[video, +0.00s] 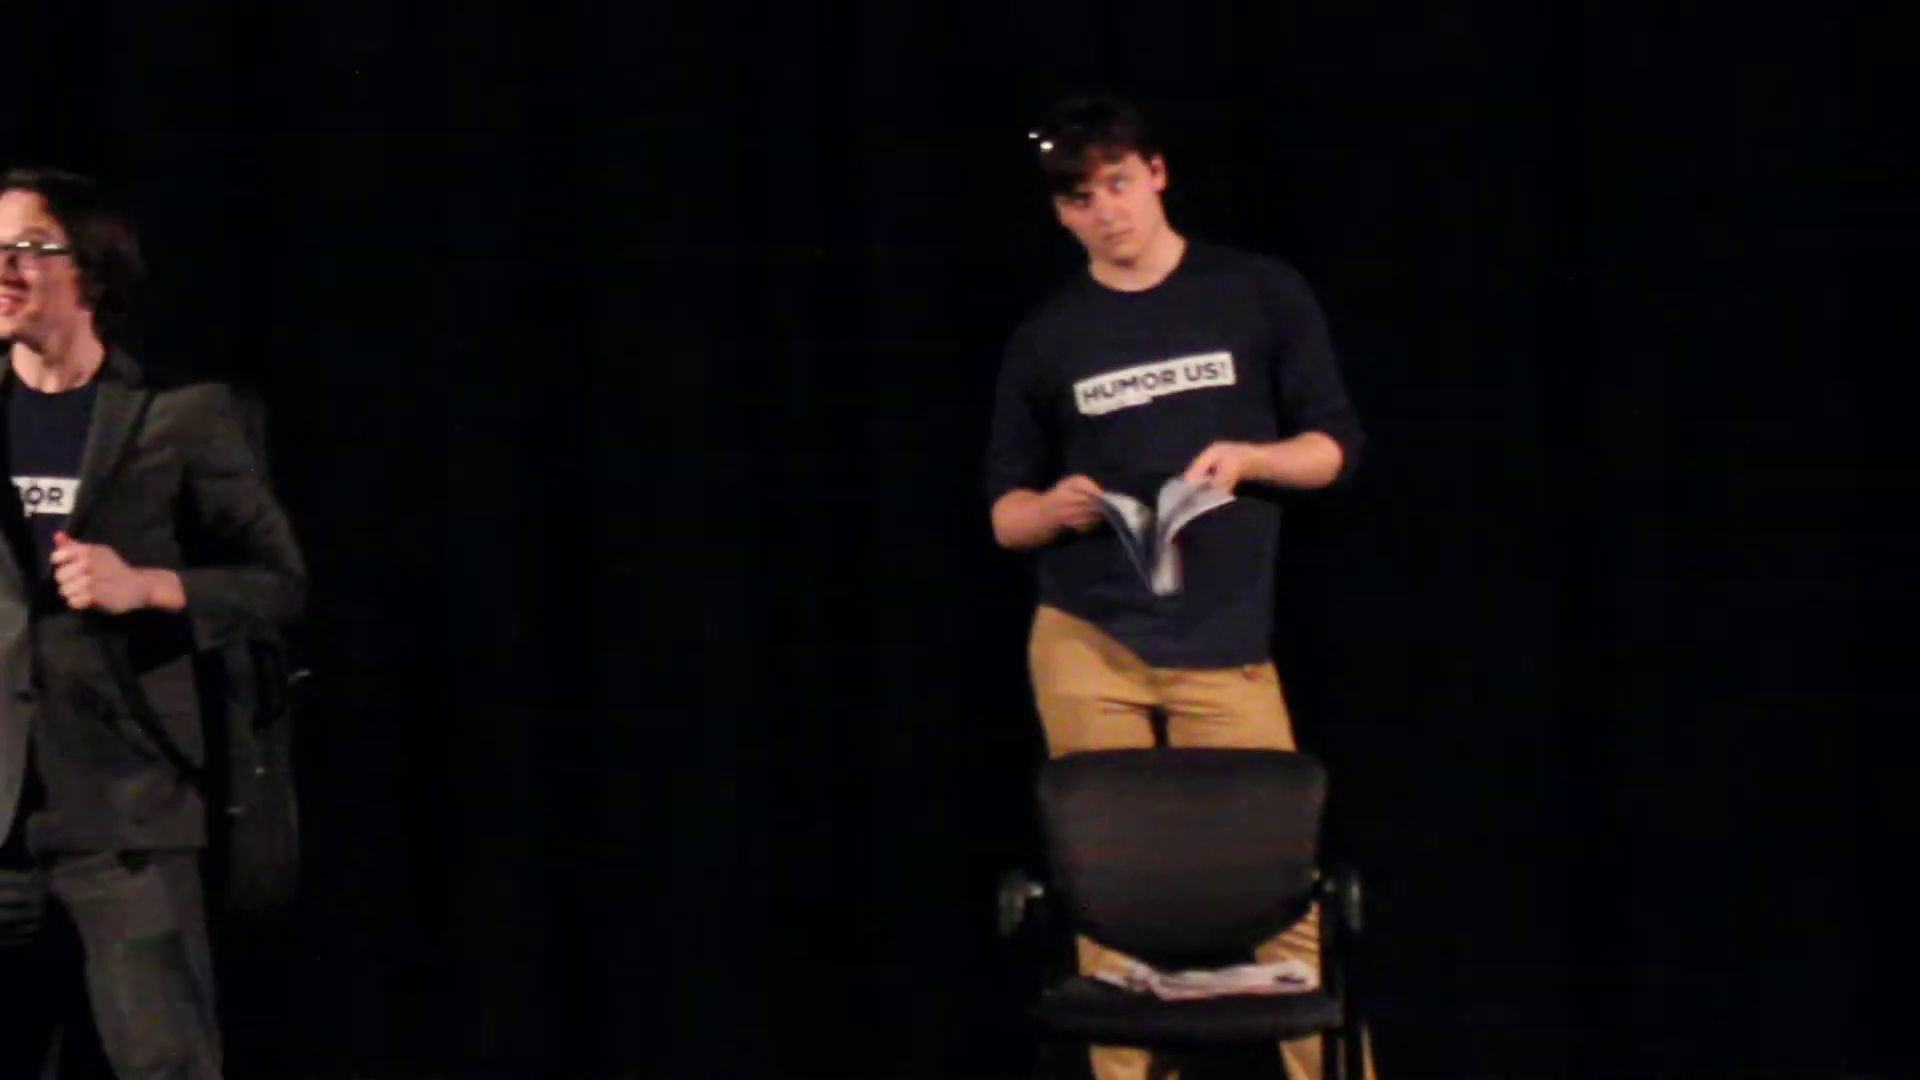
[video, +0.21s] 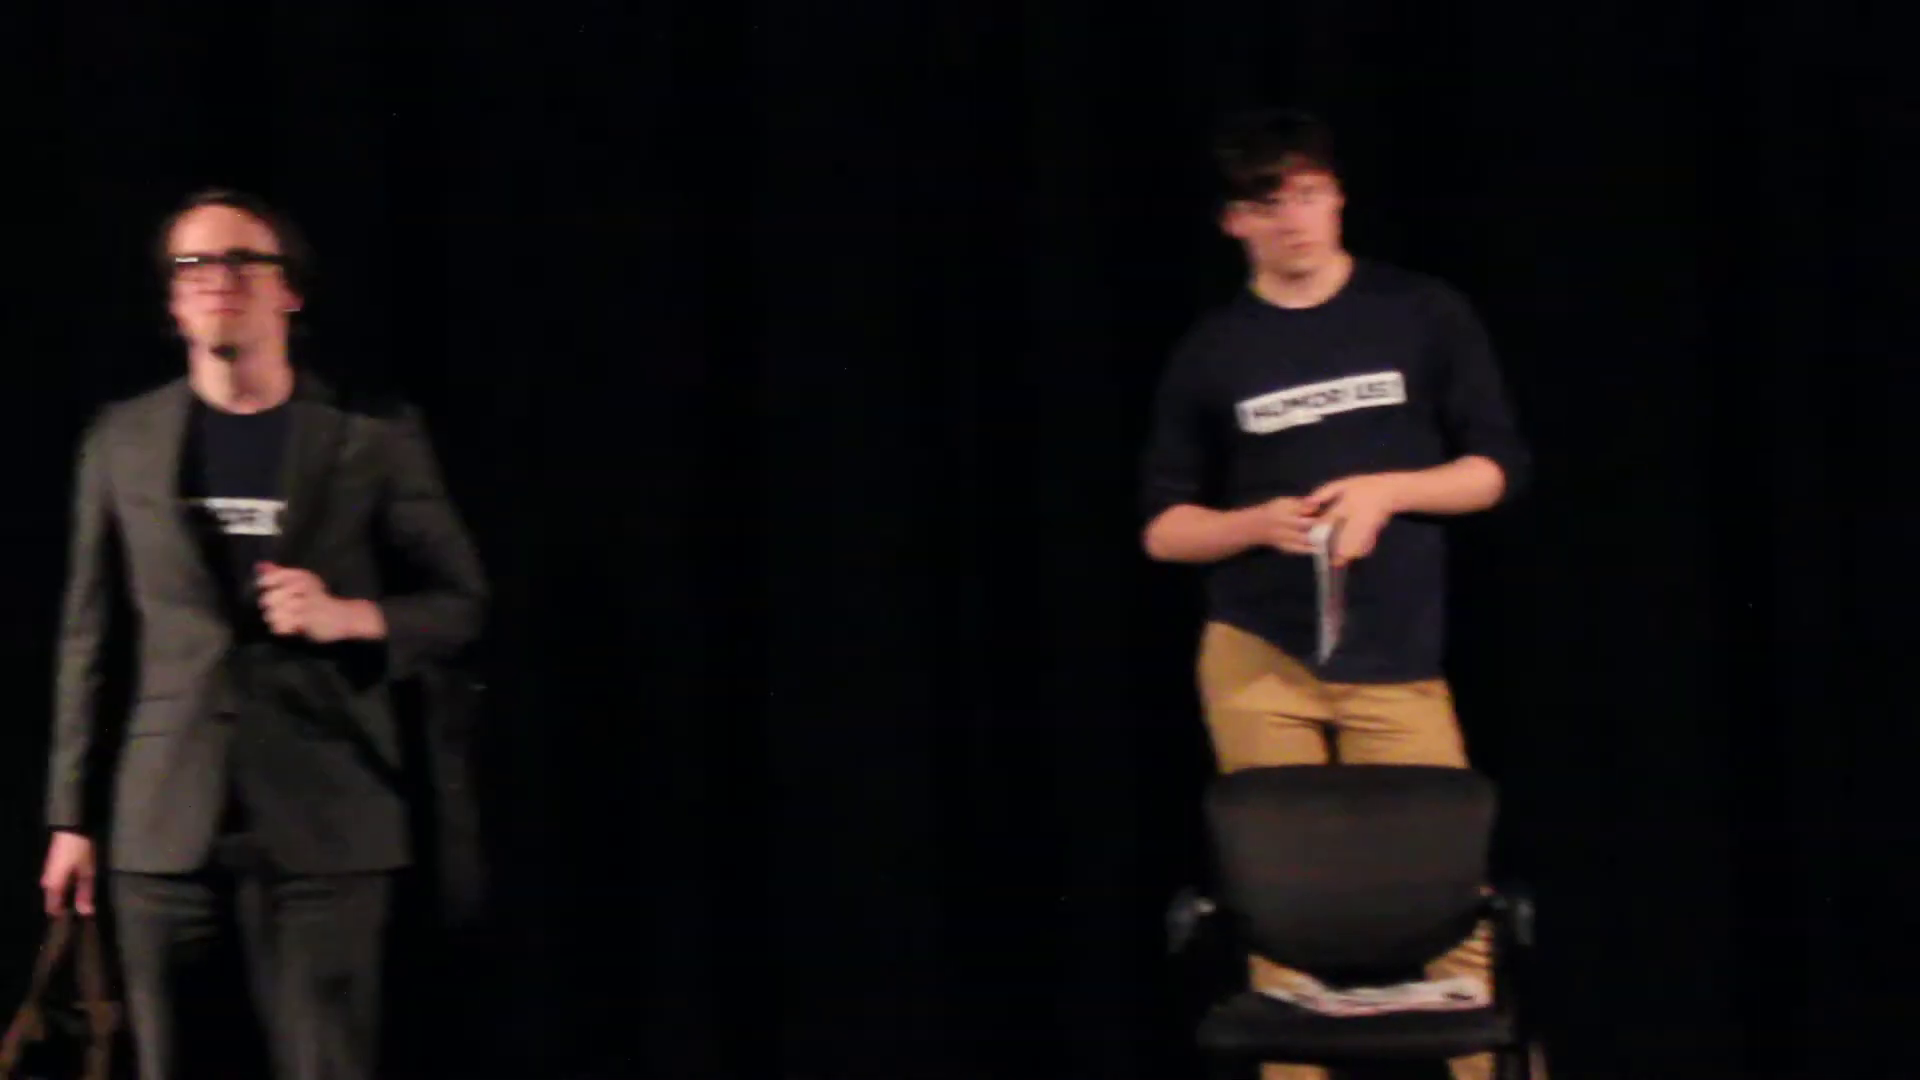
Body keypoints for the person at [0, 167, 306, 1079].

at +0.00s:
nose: (8, 267)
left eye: (32, 249)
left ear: (90, 269)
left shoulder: (182, 418)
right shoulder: (3, 408)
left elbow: (279, 584)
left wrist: (149, 586)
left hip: (118, 815)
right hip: (1, 819)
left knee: (165, 1058)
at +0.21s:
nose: (218, 280)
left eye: (243, 262)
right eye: (195, 265)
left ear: (289, 293)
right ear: (171, 301)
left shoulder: (376, 441)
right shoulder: (120, 443)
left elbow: (461, 607)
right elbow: (88, 644)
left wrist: (351, 615)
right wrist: (70, 819)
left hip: (324, 827)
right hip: (162, 828)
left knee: (325, 1064)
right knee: (166, 1068)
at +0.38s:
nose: (337, 292)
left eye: (359, 271)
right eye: (312, 275)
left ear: (400, 298)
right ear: (284, 307)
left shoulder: (486, 442)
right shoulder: (227, 449)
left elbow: (565, 603)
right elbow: (186, 655)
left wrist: (472, 623)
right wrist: (171, 831)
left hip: (452, 823)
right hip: (279, 827)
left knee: (450, 1065)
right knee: (278, 1068)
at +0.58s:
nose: (413, 299)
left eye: (432, 278)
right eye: (385, 285)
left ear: (464, 306)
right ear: (350, 319)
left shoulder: (545, 442)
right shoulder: (291, 462)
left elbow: (619, 600)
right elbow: (248, 671)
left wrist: (562, 621)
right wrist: (241, 851)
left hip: (533, 833)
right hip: (370, 837)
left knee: (531, 1064)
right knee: (360, 1067)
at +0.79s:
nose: (441, 299)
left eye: (455, 280)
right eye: (411, 285)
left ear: (476, 301)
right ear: (363, 322)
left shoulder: (541, 443)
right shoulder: (302, 469)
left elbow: (604, 597)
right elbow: (270, 681)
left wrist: (576, 621)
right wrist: (267, 865)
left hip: (541, 825)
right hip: (394, 836)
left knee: (548, 1062)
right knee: (396, 1064)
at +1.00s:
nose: (410, 304)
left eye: (411, 285)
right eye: (381, 291)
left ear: (421, 295)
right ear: (317, 329)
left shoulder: (463, 442)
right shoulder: (241, 475)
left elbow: (514, 586)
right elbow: (210, 689)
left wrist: (503, 615)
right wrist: (217, 873)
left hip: (470, 813)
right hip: (333, 825)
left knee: (510, 1052)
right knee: (325, 1059)